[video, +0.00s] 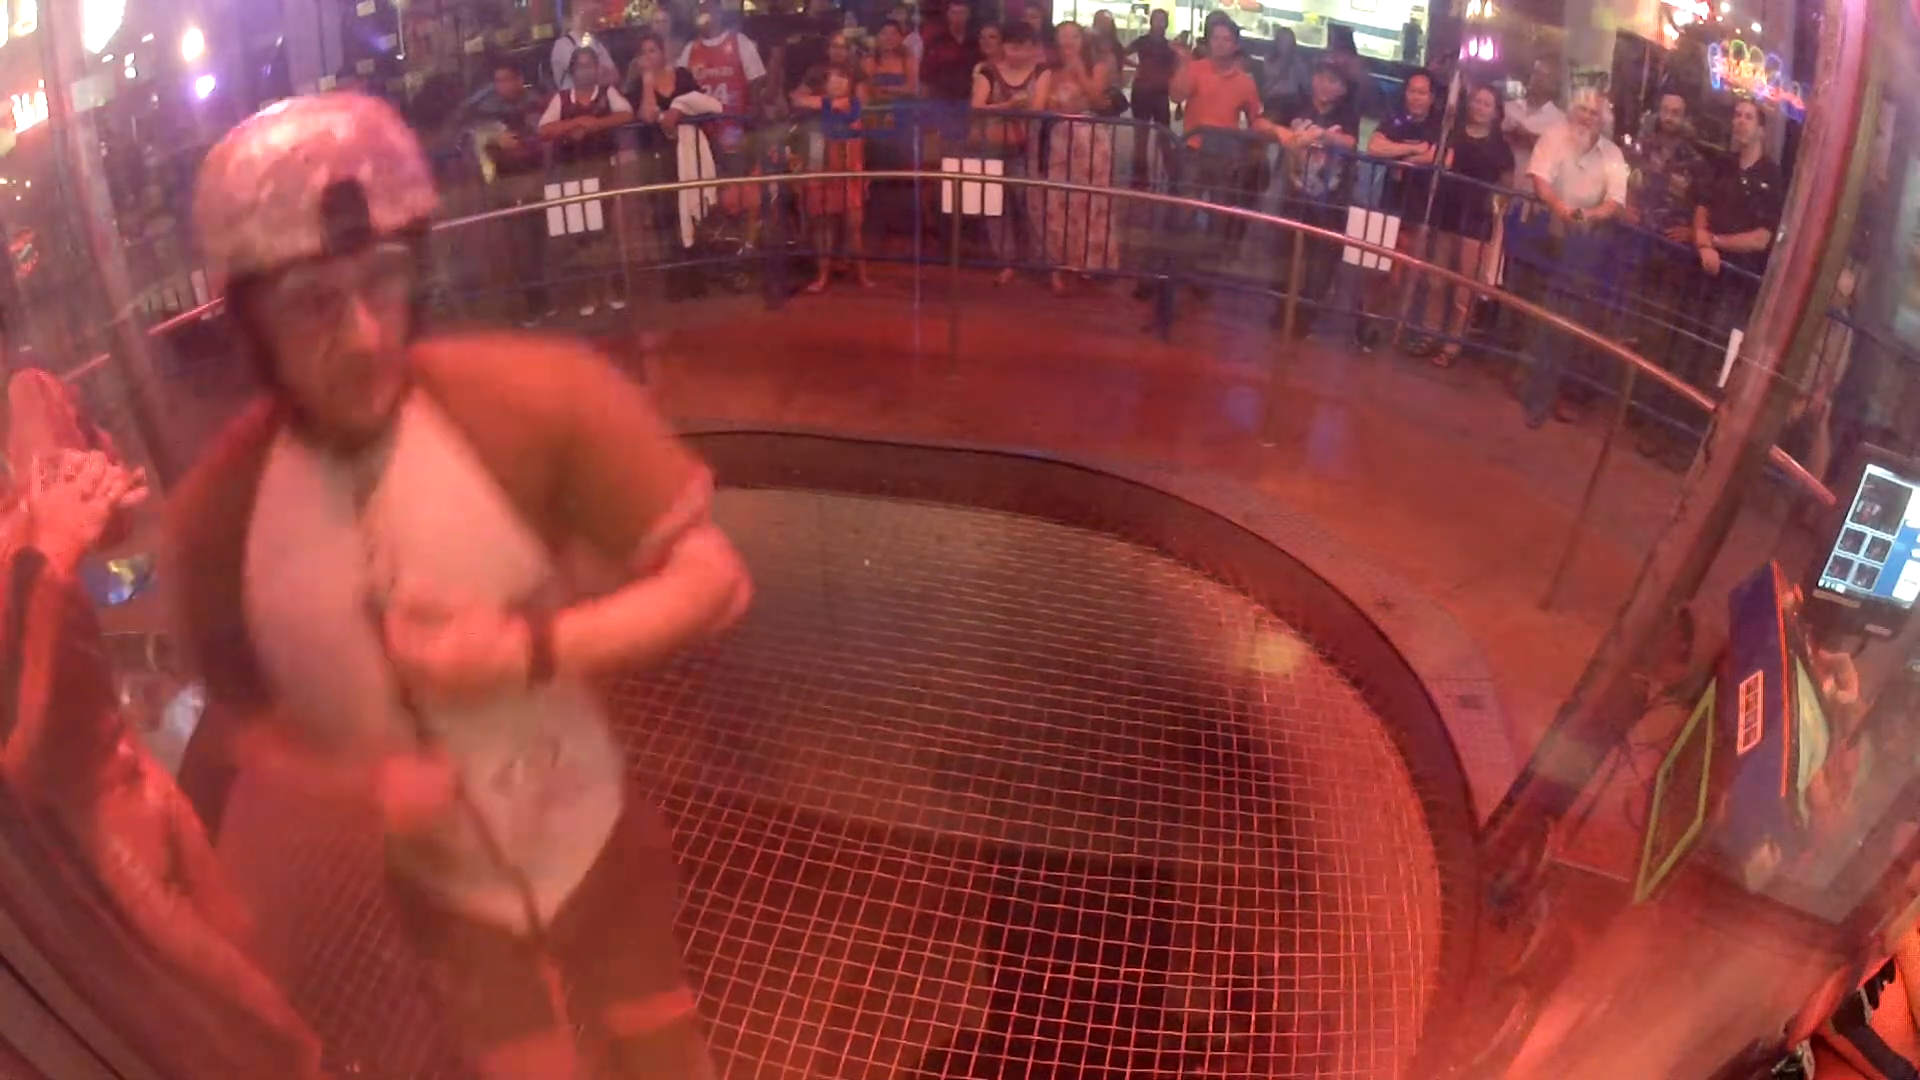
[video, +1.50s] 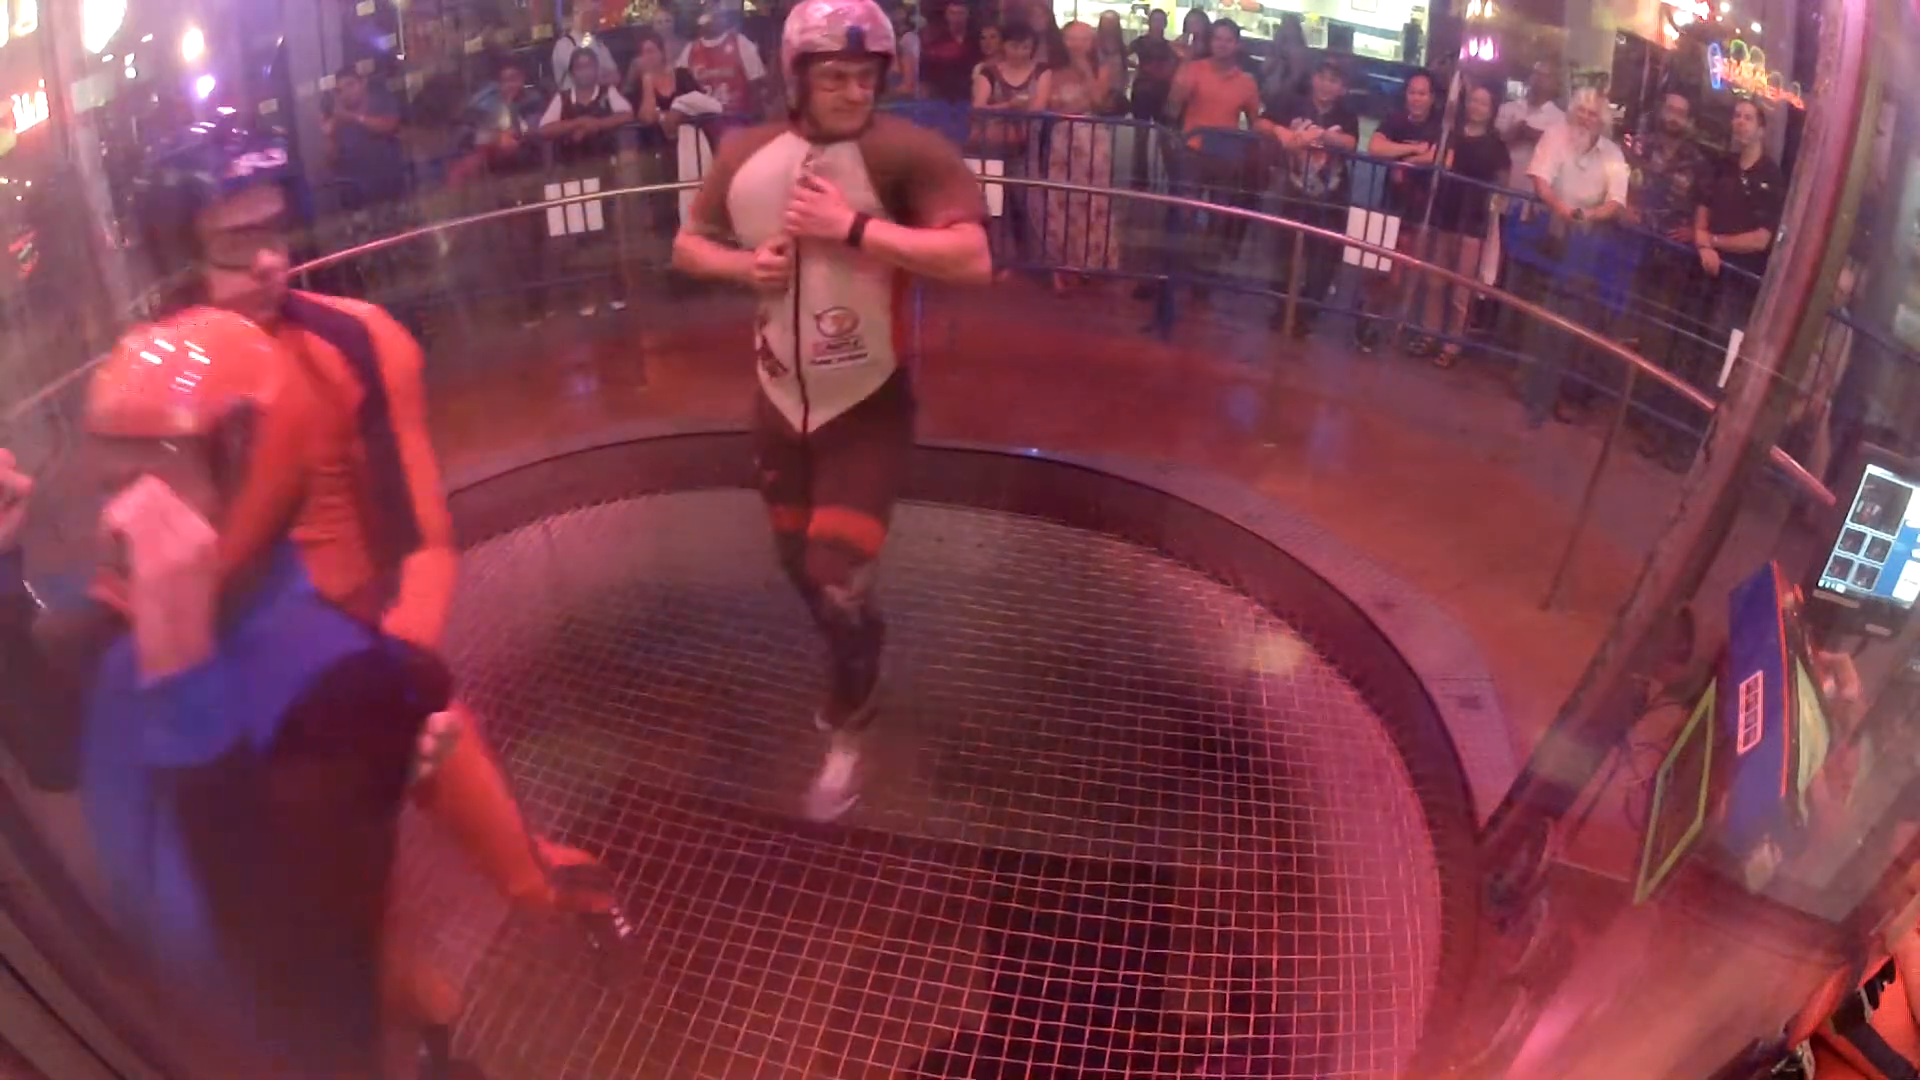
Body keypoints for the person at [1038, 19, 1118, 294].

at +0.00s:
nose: (1067, 45)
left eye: (1072, 39)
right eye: (1063, 40)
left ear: (1082, 42)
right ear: (1055, 44)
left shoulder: (1095, 68)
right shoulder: (1051, 74)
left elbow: (1097, 98)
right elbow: (1039, 108)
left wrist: (1078, 71)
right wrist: (1061, 105)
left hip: (1089, 137)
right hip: (1059, 137)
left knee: (1088, 200)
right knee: (1059, 200)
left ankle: (1086, 263)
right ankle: (1059, 264)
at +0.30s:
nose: (1068, 42)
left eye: (1073, 36)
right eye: (1064, 37)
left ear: (1083, 41)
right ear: (1057, 42)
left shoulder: (1093, 69)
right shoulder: (1050, 74)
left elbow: (1097, 100)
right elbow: (1037, 107)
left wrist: (1080, 74)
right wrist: (1064, 104)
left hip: (1087, 136)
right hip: (1058, 135)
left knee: (1086, 200)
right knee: (1058, 200)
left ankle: (1084, 264)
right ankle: (1059, 265)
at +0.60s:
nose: (1068, 42)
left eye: (1073, 37)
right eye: (1064, 38)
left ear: (1083, 40)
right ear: (1057, 42)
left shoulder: (1095, 70)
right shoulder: (1050, 74)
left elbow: (1097, 101)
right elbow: (1037, 108)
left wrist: (1081, 76)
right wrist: (1062, 106)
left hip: (1087, 137)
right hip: (1058, 136)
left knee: (1086, 200)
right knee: (1058, 200)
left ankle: (1082, 264)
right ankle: (1058, 265)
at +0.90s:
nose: (1069, 42)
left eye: (1075, 37)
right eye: (1065, 37)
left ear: (1085, 41)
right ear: (1058, 42)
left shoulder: (1095, 70)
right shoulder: (1051, 75)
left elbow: (1100, 102)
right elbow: (1038, 108)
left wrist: (1084, 75)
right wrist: (1060, 110)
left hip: (1088, 138)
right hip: (1059, 137)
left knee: (1086, 200)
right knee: (1058, 200)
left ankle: (1084, 263)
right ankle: (1057, 266)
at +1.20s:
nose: (1073, 44)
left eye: (1079, 38)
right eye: (1068, 39)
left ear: (1088, 41)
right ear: (1062, 42)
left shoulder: (1098, 69)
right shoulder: (1052, 75)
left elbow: (1099, 100)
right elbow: (1037, 109)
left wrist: (1085, 70)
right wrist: (1063, 112)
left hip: (1090, 140)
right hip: (1061, 139)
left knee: (1087, 201)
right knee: (1059, 200)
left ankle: (1082, 263)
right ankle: (1058, 265)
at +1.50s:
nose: (1078, 44)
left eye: (1084, 39)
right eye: (1072, 39)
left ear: (1092, 42)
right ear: (1064, 42)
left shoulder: (1100, 70)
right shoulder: (1055, 75)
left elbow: (1098, 99)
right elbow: (1039, 107)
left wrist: (1086, 67)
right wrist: (1066, 109)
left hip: (1091, 139)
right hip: (1062, 138)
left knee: (1088, 200)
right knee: (1060, 200)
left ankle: (1084, 264)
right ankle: (1060, 264)